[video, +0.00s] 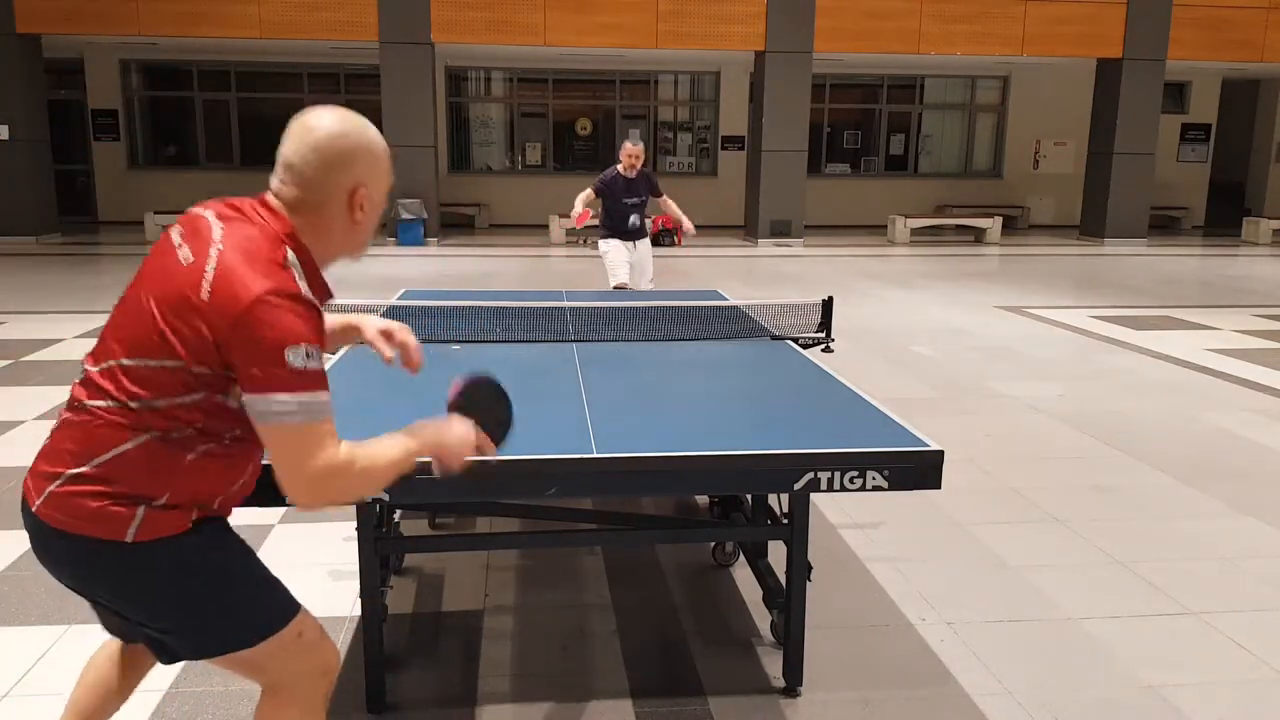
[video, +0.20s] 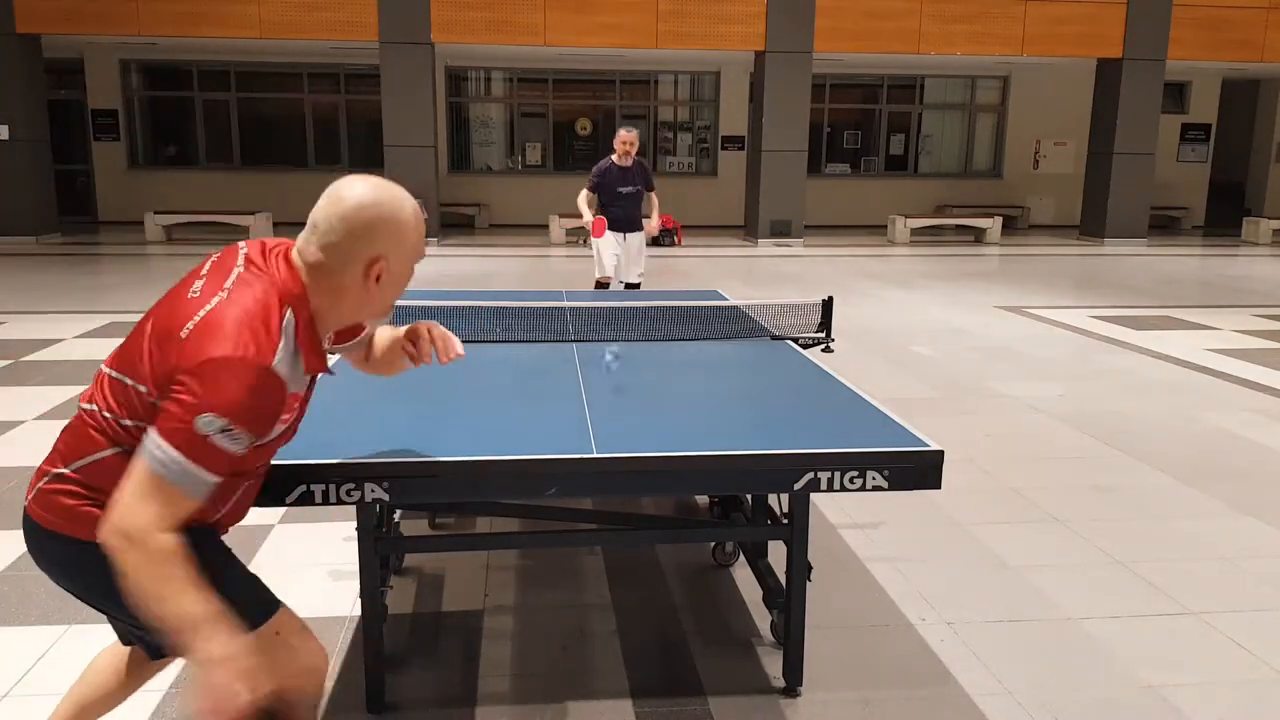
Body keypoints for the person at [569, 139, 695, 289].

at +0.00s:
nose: (633, 162)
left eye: (637, 157)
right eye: (629, 157)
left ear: (643, 158)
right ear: (621, 156)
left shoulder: (646, 177)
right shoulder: (610, 177)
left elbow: (664, 202)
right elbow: (585, 196)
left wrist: (683, 219)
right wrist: (578, 207)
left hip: (640, 240)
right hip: (613, 240)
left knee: (644, 290)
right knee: (621, 288)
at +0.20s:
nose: (627, 148)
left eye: (632, 144)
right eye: (623, 143)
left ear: (637, 146)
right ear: (615, 144)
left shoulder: (641, 166)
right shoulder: (603, 168)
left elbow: (652, 195)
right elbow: (583, 196)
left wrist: (654, 220)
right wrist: (587, 215)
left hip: (635, 233)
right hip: (607, 232)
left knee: (634, 281)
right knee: (605, 278)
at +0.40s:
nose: (620, 150)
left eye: (625, 145)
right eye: (616, 145)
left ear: (630, 148)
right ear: (608, 146)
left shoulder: (634, 170)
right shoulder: (595, 171)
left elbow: (640, 200)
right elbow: (580, 205)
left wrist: (639, 225)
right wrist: (587, 233)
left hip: (627, 239)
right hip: (598, 239)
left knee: (634, 285)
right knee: (591, 287)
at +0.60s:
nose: (623, 149)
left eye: (627, 145)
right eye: (619, 144)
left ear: (632, 147)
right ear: (610, 144)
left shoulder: (632, 168)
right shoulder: (597, 170)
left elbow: (634, 198)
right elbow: (578, 203)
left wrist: (638, 225)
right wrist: (585, 233)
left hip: (624, 236)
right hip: (596, 237)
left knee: (636, 278)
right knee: (591, 285)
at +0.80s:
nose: (637, 155)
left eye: (641, 150)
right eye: (633, 149)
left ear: (645, 152)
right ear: (623, 149)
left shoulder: (640, 171)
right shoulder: (609, 172)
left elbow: (639, 198)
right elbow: (585, 202)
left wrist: (645, 226)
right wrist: (600, 231)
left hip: (628, 238)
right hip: (601, 238)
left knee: (637, 282)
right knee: (597, 287)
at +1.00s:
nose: (658, 169)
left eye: (662, 165)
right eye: (655, 163)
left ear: (665, 166)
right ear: (643, 159)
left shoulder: (651, 180)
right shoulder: (627, 181)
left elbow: (649, 206)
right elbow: (624, 223)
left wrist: (656, 236)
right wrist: (652, 234)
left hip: (633, 233)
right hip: (611, 233)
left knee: (643, 279)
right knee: (631, 274)